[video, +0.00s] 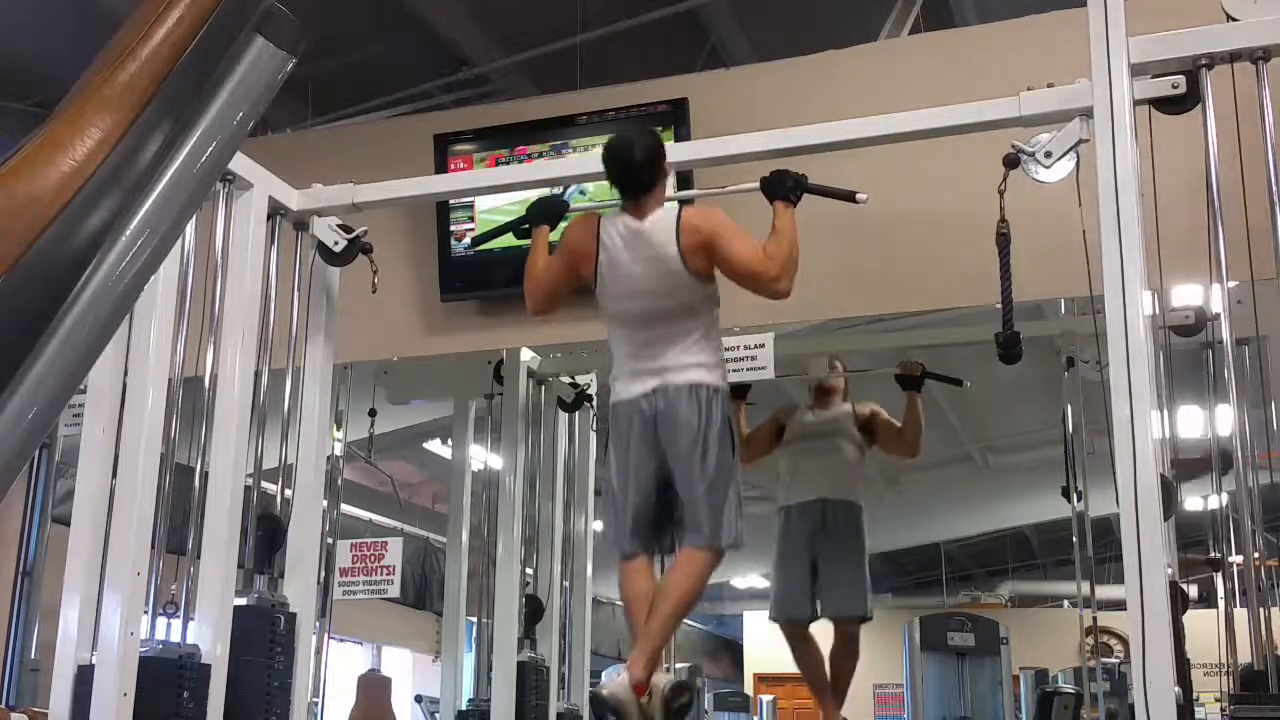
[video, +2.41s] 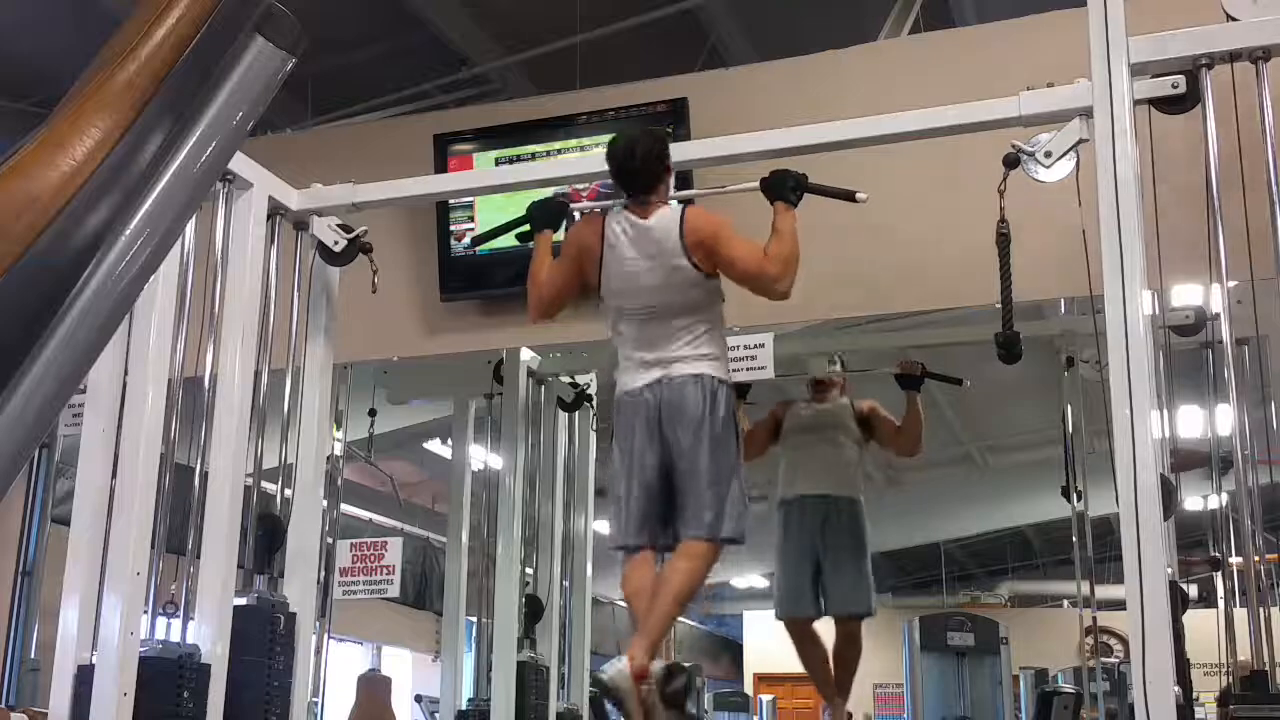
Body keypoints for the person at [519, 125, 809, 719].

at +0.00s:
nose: (665, 159)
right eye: (663, 153)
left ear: (610, 181)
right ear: (663, 169)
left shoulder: (587, 233)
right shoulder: (700, 222)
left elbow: (538, 298)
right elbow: (777, 278)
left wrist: (539, 230)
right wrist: (785, 206)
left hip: (630, 404)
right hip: (695, 398)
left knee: (633, 541)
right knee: (703, 537)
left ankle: (654, 676)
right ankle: (635, 674)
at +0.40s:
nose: (667, 243)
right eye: (665, 237)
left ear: (611, 259)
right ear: (665, 250)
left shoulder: (590, 305)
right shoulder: (698, 295)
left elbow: (543, 303)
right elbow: (785, 289)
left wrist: (543, 235)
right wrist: (785, 209)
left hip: (630, 487)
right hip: (697, 481)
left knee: (632, 632)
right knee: (713, 629)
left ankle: (650, 719)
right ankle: (654, 716)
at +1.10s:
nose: (664, 176)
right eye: (664, 170)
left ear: (609, 193)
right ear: (663, 183)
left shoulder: (585, 242)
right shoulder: (698, 233)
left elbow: (537, 303)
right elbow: (780, 280)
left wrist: (541, 232)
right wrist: (785, 207)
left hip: (630, 413)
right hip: (694, 408)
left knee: (629, 553)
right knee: (702, 546)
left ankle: (645, 687)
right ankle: (632, 678)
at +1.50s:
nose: (668, 230)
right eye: (665, 225)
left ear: (610, 239)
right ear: (665, 234)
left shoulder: (589, 287)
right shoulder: (698, 278)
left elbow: (541, 306)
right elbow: (787, 288)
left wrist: (544, 235)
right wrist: (786, 210)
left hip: (629, 473)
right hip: (695, 467)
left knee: (638, 613)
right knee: (714, 606)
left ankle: (656, 718)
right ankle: (656, 714)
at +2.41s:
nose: (669, 165)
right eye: (667, 159)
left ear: (614, 180)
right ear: (667, 171)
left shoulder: (590, 234)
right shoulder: (698, 226)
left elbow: (542, 304)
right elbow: (777, 278)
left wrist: (542, 234)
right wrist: (785, 206)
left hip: (635, 396)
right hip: (697, 389)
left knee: (641, 540)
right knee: (702, 534)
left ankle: (656, 667)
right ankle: (633, 662)